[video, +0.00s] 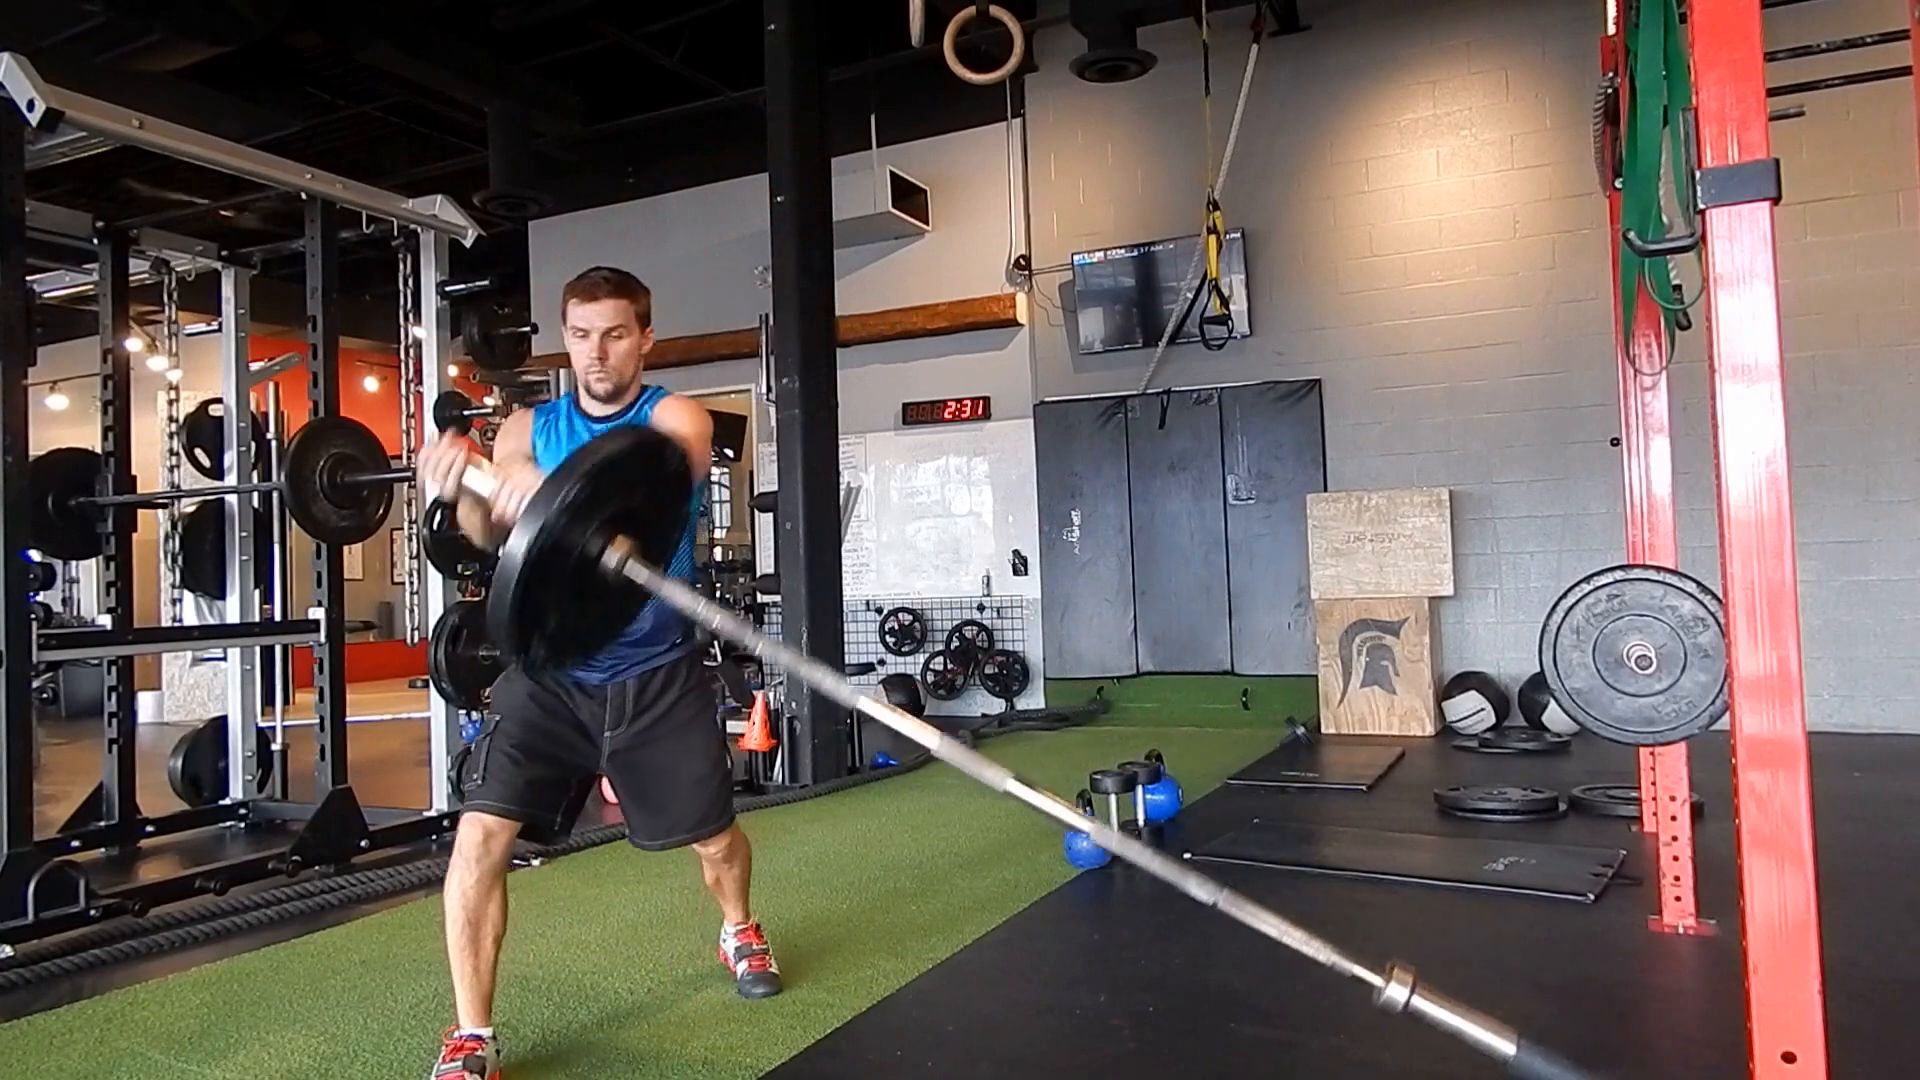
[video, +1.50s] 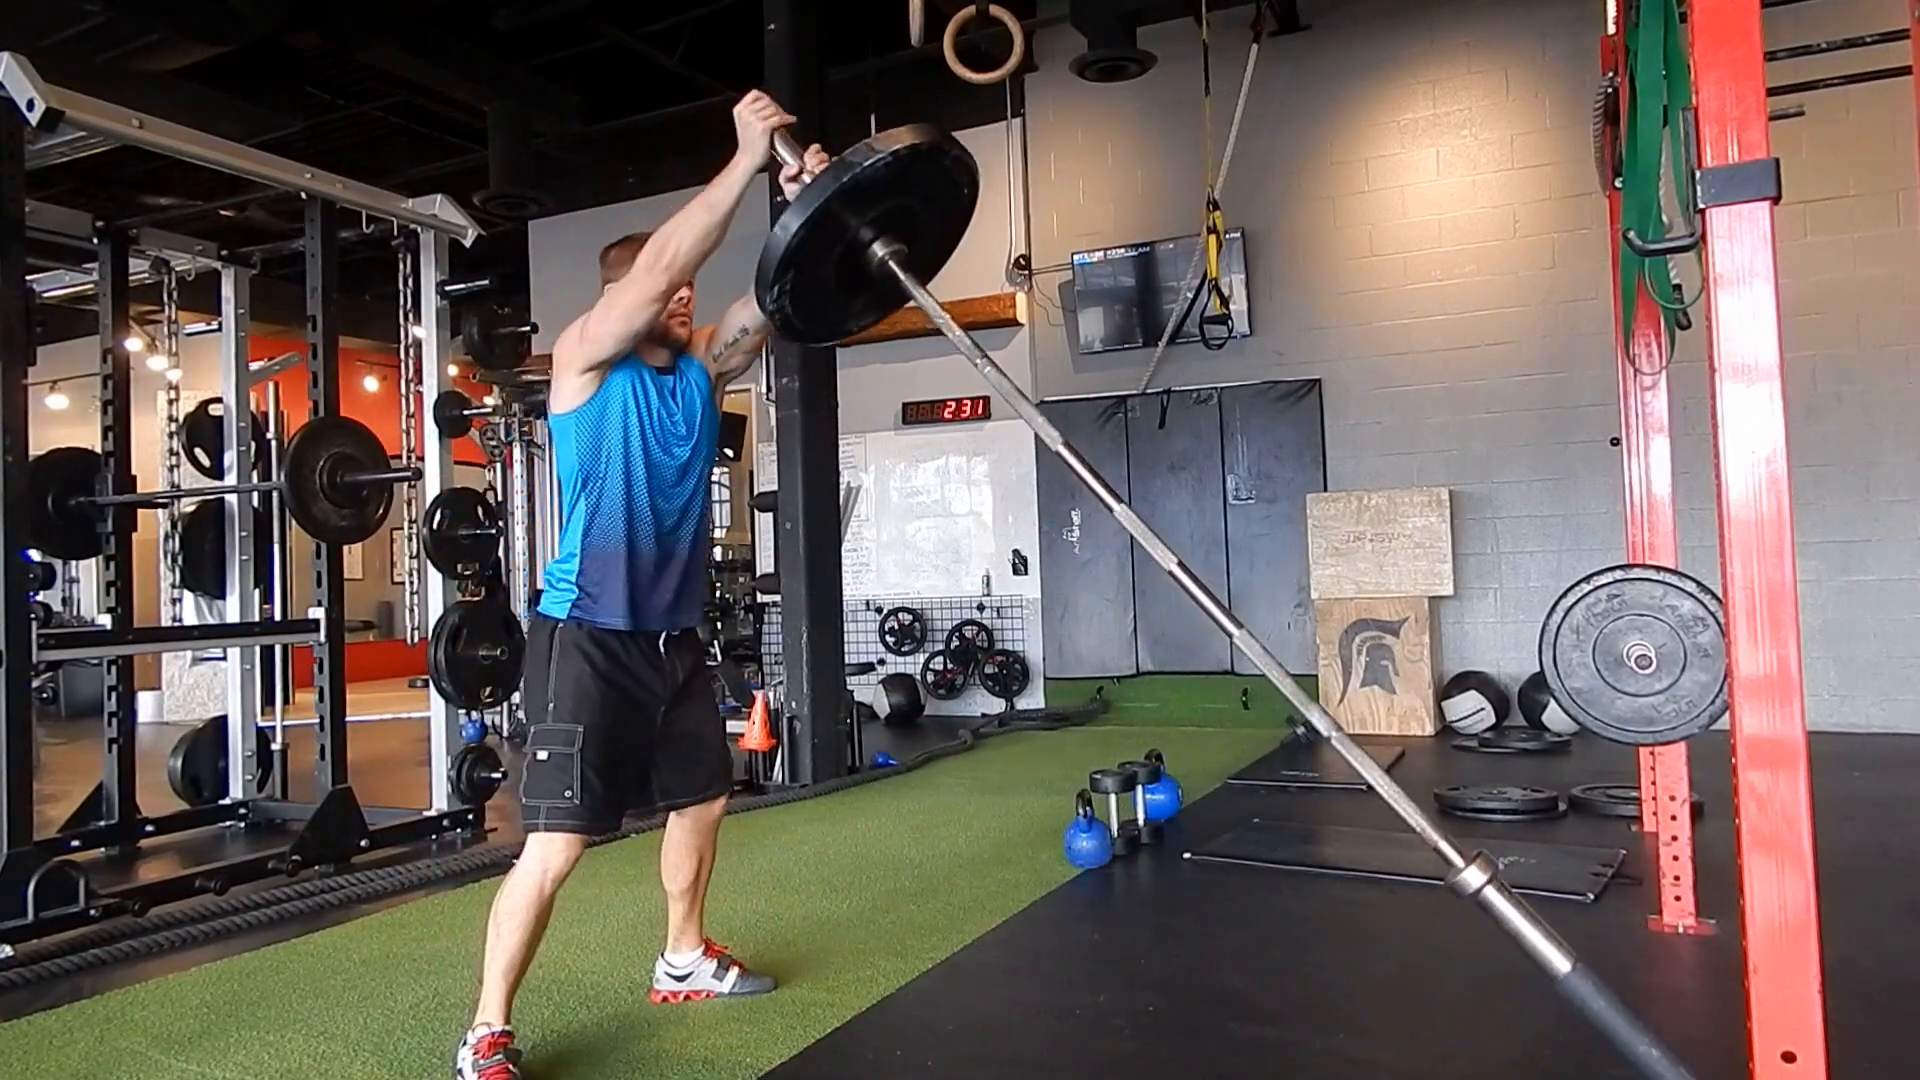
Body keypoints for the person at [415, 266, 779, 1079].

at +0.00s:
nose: (596, 352)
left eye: (613, 335)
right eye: (581, 336)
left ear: (646, 340)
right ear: (565, 341)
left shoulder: (680, 420)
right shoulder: (525, 429)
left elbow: (638, 507)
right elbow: (504, 528)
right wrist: (459, 494)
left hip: (659, 670)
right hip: (545, 675)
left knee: (715, 832)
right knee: (480, 836)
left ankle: (740, 932)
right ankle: (471, 1032)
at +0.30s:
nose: (537, 385)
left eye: (556, 366)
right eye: (522, 369)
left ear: (594, 369)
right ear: (508, 376)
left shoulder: (632, 454)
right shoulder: (497, 474)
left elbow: (615, 586)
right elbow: (497, 597)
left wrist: (524, 688)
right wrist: (462, 678)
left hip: (640, 689)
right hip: (532, 687)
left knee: (708, 863)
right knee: (448, 839)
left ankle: (767, 922)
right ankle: (467, 1038)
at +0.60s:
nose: (542, 395)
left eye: (561, 378)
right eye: (524, 381)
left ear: (593, 388)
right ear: (508, 394)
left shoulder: (630, 475)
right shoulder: (496, 491)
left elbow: (626, 616)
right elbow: (511, 611)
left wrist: (538, 720)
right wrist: (480, 696)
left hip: (641, 699)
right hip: (540, 700)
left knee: (711, 883)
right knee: (439, 845)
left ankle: (768, 921)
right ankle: (470, 1039)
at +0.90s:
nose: (614, 327)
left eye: (627, 314)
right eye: (595, 315)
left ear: (643, 331)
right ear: (562, 335)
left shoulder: (668, 404)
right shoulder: (515, 422)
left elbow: (675, 498)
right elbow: (502, 547)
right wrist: (478, 496)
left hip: (654, 667)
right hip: (541, 676)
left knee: (717, 829)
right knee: (482, 840)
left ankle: (729, 929)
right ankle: (475, 1035)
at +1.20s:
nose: (648, 293)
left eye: (653, 280)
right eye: (630, 283)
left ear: (659, 298)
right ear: (586, 300)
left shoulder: (675, 371)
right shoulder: (536, 371)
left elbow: (752, 316)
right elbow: (580, 315)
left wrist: (736, 228)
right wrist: (655, 204)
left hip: (664, 636)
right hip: (569, 635)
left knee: (702, 787)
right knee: (568, 828)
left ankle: (684, 956)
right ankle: (485, 1028)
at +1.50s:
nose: (685, 293)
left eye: (687, 280)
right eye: (664, 282)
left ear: (687, 296)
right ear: (618, 291)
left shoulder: (702, 366)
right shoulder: (581, 356)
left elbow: (781, 299)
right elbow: (659, 270)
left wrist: (811, 200)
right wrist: (743, 162)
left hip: (676, 637)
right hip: (584, 635)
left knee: (700, 791)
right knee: (558, 838)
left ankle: (683, 961)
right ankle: (488, 1029)